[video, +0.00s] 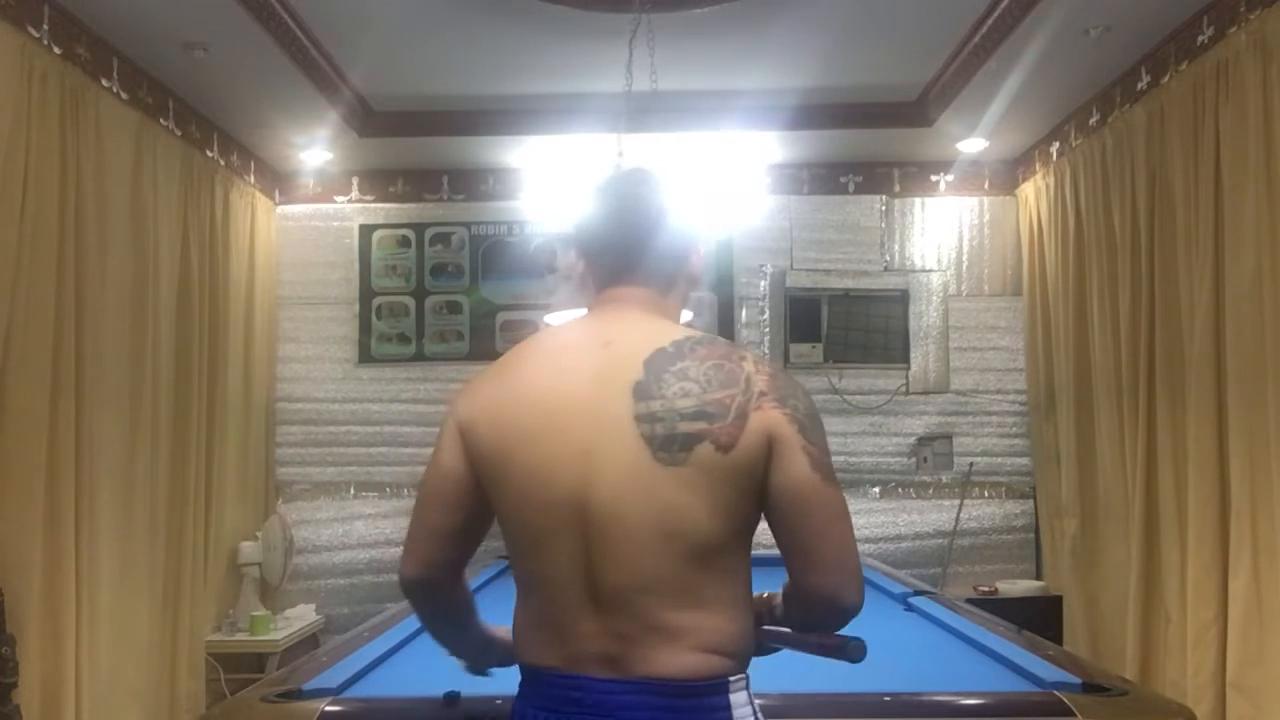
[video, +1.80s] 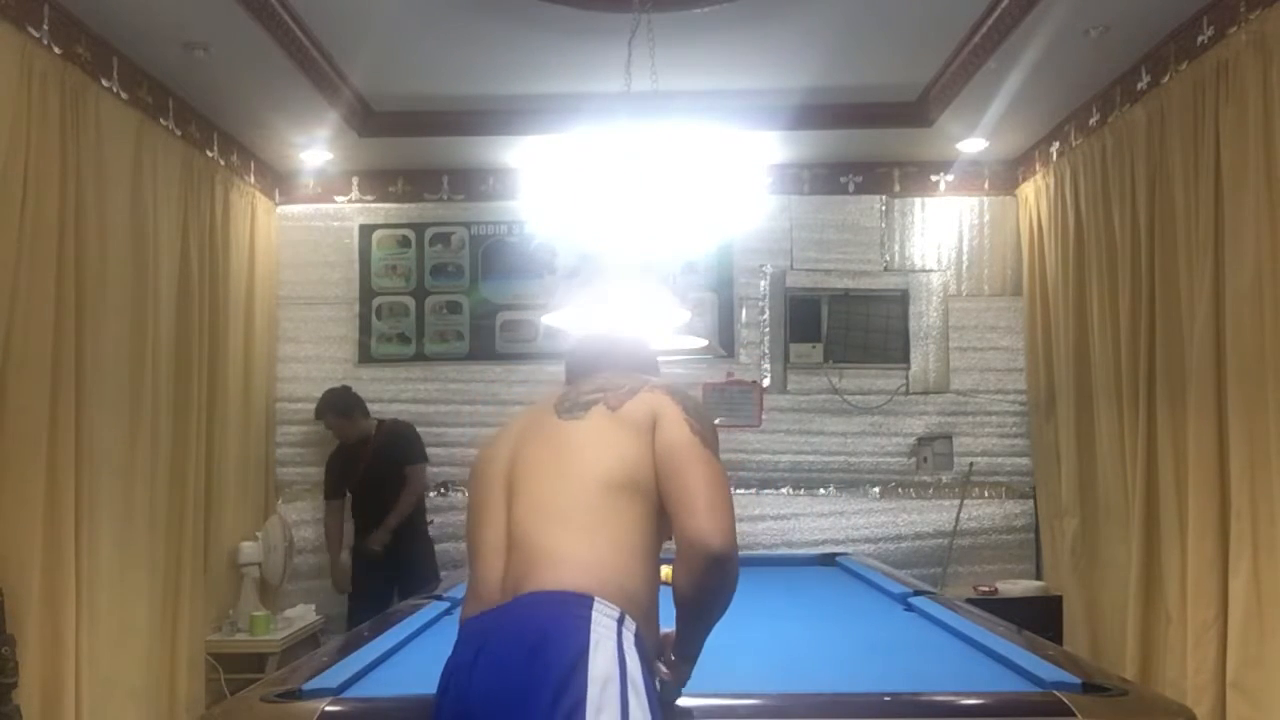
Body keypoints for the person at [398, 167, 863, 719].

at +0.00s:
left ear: (581, 264)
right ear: (693, 264)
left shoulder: (493, 388)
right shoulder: (758, 387)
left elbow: (425, 571)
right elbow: (834, 594)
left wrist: (477, 647)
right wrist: (775, 613)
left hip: (549, 699)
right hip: (700, 701)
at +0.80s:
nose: (680, 291)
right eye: (681, 277)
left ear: (566, 277)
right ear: (674, 284)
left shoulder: (481, 390)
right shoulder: (715, 381)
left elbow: (435, 564)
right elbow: (775, 576)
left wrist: (511, 638)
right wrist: (734, 615)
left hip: (512, 695)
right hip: (656, 698)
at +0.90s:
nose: (677, 295)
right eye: (677, 282)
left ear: (565, 287)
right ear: (669, 289)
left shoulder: (487, 390)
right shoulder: (698, 377)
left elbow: (435, 565)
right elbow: (768, 570)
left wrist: (510, 636)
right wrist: (714, 597)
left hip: (505, 694)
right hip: (641, 697)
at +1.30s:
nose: (664, 349)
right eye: (663, 342)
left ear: (558, 340)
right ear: (652, 340)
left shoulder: (490, 409)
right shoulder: (666, 390)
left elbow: (447, 568)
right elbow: (737, 554)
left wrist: (502, 639)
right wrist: (708, 648)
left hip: (477, 683)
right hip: (603, 685)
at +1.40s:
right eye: (660, 352)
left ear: (559, 348)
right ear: (651, 346)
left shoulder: (492, 413)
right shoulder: (663, 392)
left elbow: (460, 578)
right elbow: (729, 553)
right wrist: (702, 644)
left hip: (475, 677)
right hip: (595, 678)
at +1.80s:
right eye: (654, 367)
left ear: (570, 374)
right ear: (644, 364)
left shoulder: (501, 438)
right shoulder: (654, 403)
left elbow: (488, 586)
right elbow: (711, 543)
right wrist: (685, 649)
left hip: (474, 649)